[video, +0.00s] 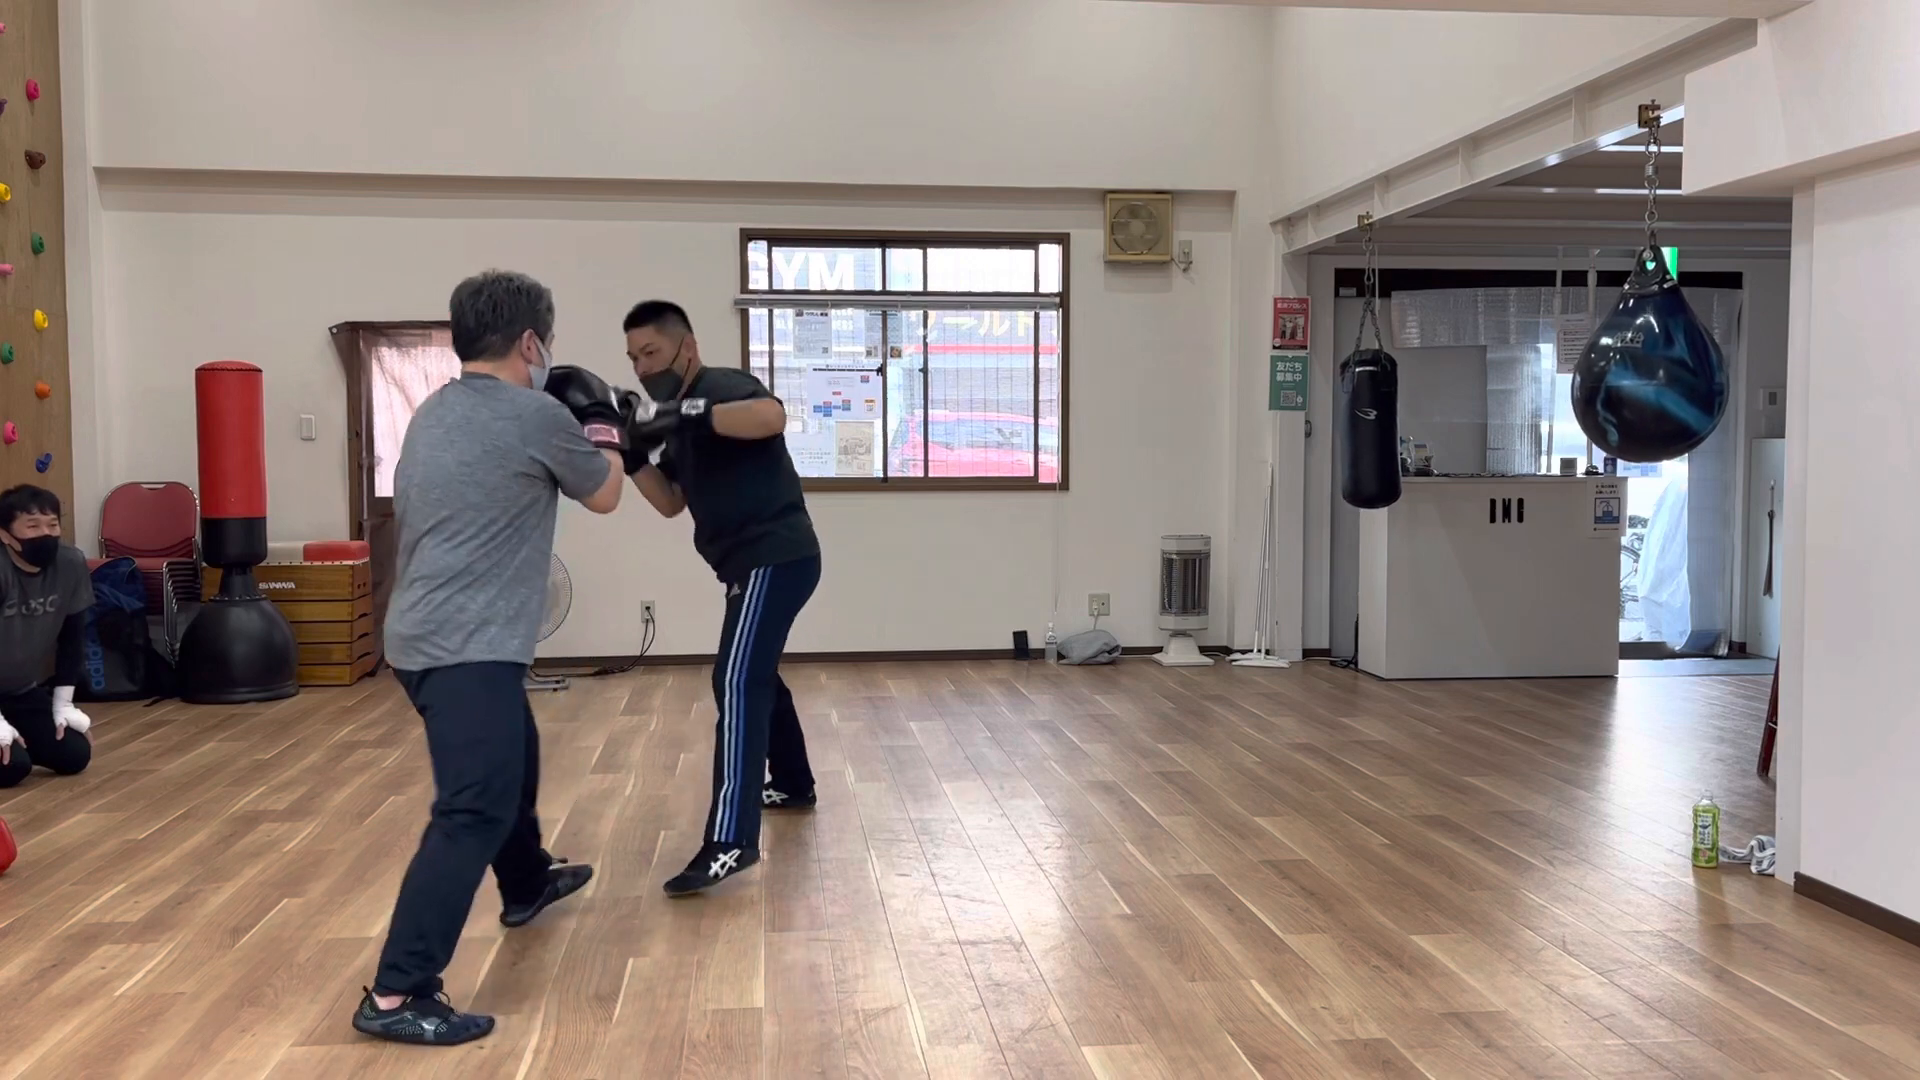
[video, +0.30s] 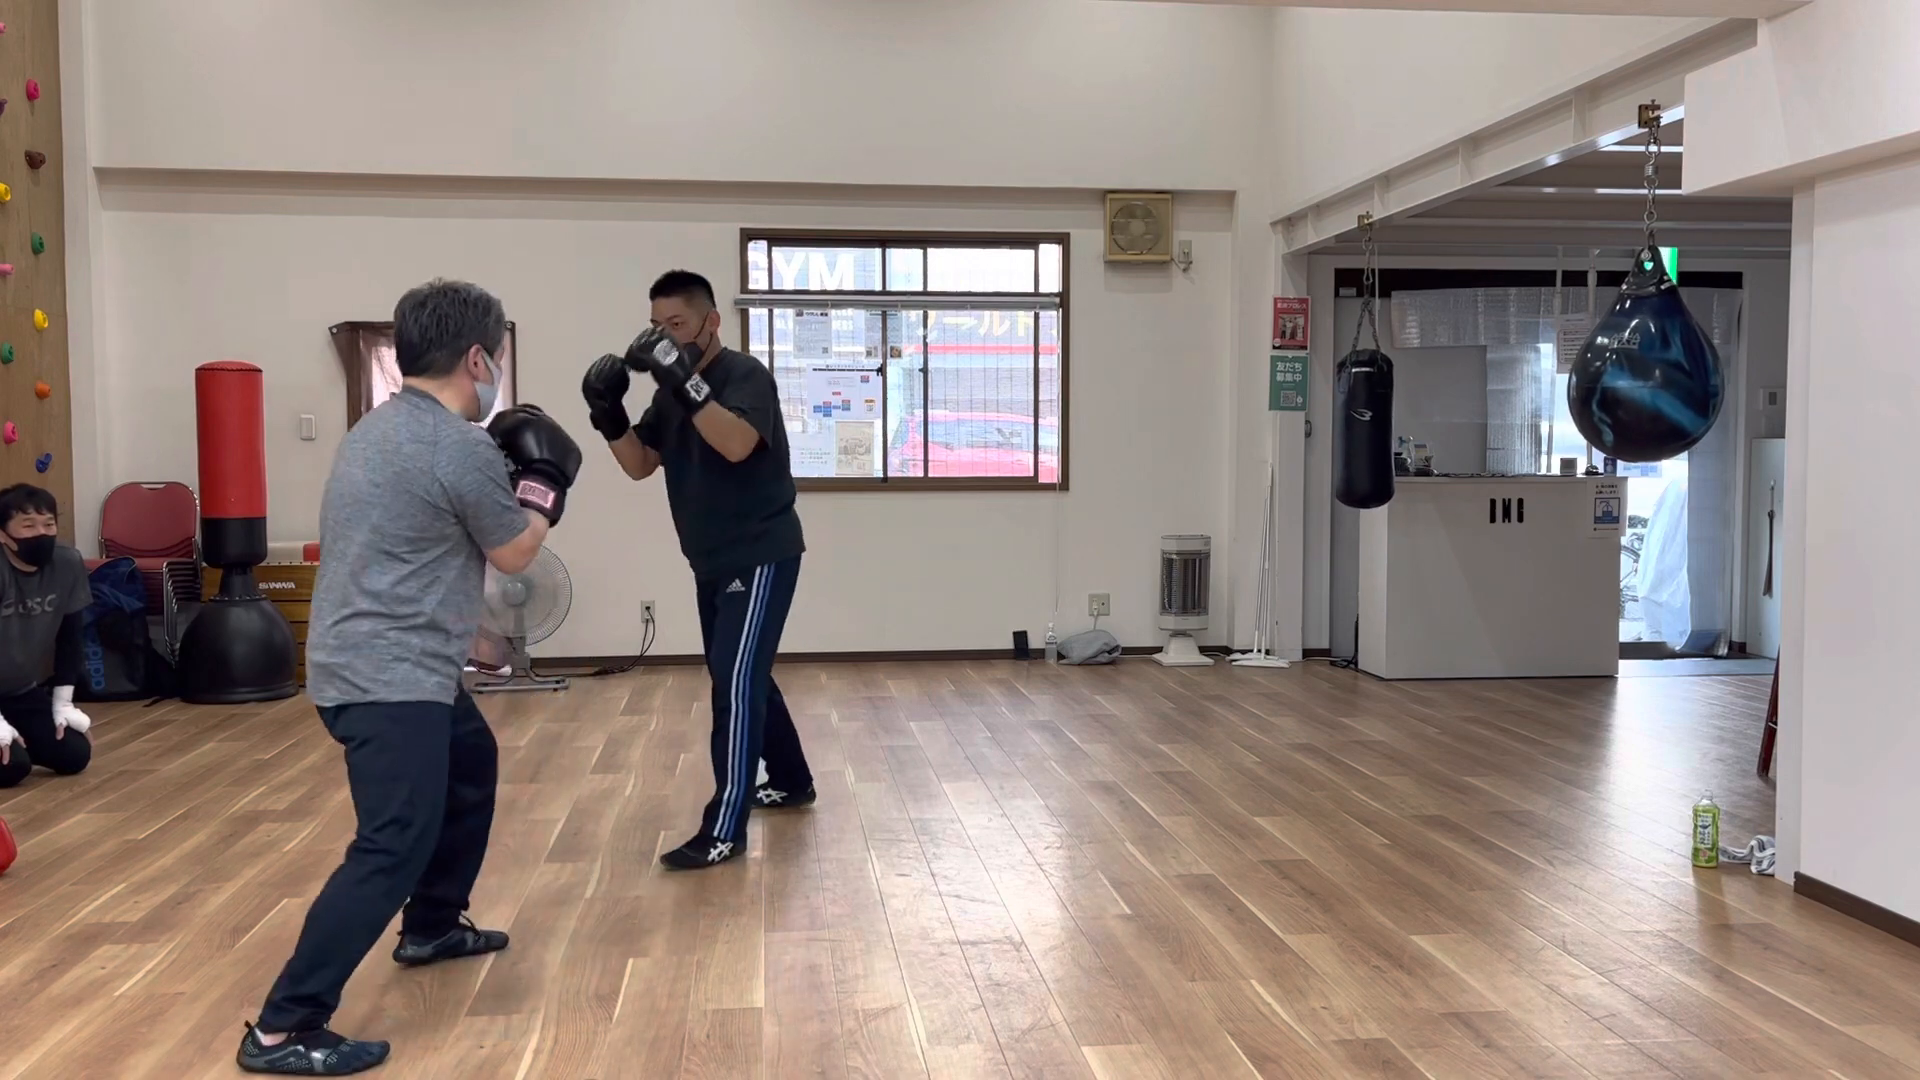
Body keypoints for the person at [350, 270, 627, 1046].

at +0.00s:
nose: (547, 353)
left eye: (548, 342)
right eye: (546, 341)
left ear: (460, 342)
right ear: (528, 342)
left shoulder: (430, 414)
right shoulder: (534, 414)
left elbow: (489, 493)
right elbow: (607, 494)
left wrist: (547, 424)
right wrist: (600, 435)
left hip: (418, 639)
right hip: (475, 648)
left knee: (514, 749)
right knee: (472, 813)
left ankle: (525, 880)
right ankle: (397, 993)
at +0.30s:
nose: (499, 367)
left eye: (495, 353)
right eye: (496, 354)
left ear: (409, 356)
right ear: (475, 359)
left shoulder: (368, 431)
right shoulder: (457, 445)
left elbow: (400, 543)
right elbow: (515, 553)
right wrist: (540, 500)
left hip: (358, 660)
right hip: (394, 673)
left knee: (472, 757)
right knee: (396, 841)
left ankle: (431, 925)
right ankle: (284, 1027)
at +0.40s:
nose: (488, 355)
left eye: (487, 342)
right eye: (486, 342)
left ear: (397, 345)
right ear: (465, 347)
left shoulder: (355, 419)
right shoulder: (452, 431)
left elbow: (343, 528)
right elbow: (513, 537)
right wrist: (537, 480)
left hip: (344, 657)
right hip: (396, 669)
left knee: (460, 751)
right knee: (383, 836)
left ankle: (423, 916)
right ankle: (286, 1024)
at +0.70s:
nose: (475, 340)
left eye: (475, 328)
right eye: (473, 327)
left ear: (383, 326)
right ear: (452, 329)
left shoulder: (348, 402)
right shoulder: (448, 415)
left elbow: (407, 497)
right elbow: (509, 515)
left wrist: (476, 441)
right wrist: (527, 457)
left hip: (328, 647)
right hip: (393, 655)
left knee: (396, 800)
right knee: (405, 816)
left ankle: (387, 927)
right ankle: (326, 1003)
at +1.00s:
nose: (466, 379)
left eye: (468, 367)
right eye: (464, 366)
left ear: (381, 362)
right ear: (442, 364)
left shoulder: (350, 426)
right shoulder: (436, 443)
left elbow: (411, 514)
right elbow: (490, 546)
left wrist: (462, 435)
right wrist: (512, 497)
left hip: (332, 663)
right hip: (389, 674)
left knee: (410, 789)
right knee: (409, 831)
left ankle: (406, 887)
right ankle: (338, 1011)